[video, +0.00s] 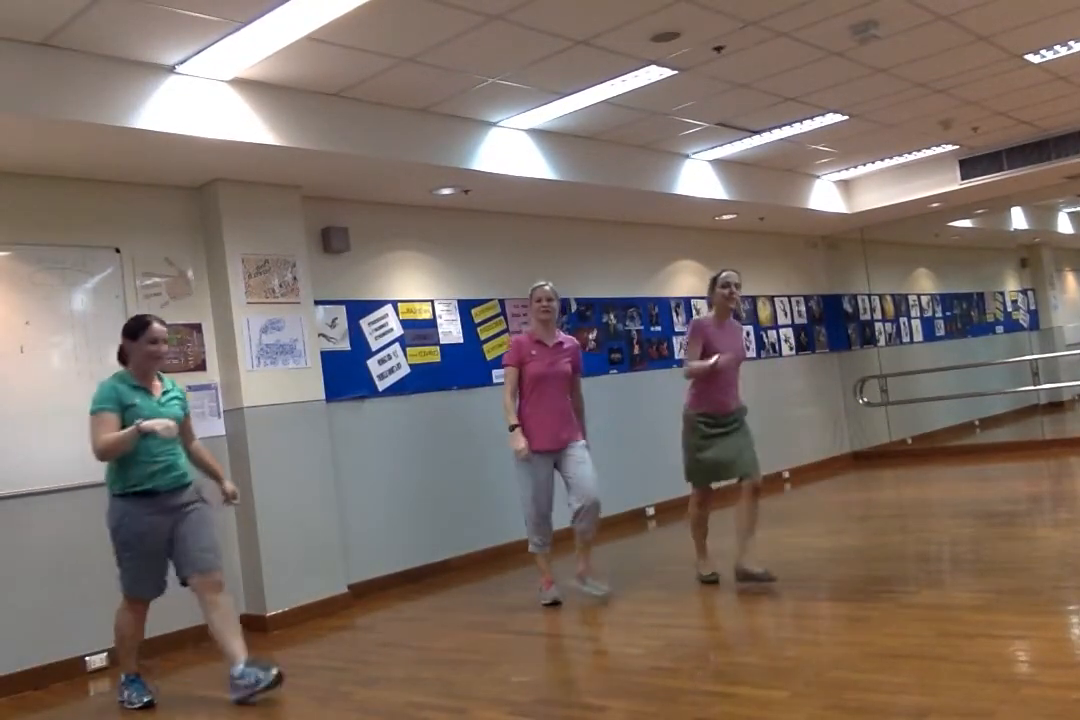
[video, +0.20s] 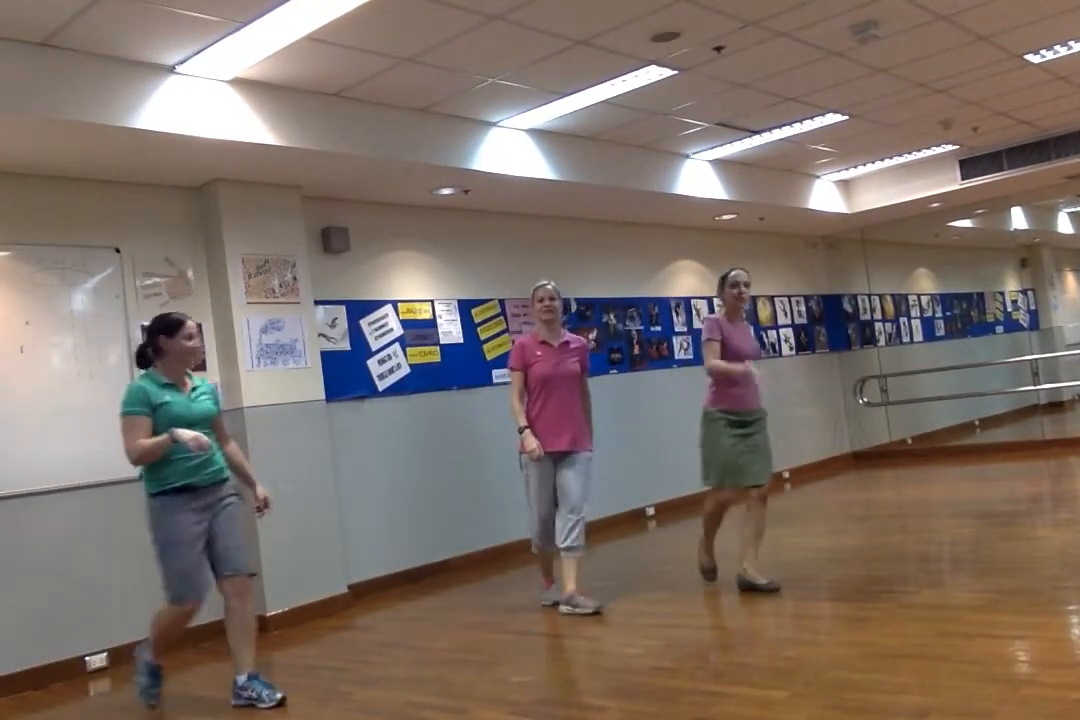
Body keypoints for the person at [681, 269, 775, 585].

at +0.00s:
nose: (731, 291)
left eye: (736, 287)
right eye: (725, 285)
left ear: (739, 294)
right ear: (712, 292)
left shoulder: (738, 329)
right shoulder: (699, 326)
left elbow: (733, 369)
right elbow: (689, 368)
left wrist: (737, 400)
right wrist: (712, 362)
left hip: (733, 416)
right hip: (701, 418)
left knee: (752, 481)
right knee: (701, 494)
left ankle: (742, 561)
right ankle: (703, 561)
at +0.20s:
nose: (740, 290)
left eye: (745, 286)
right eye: (734, 285)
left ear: (750, 292)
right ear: (722, 291)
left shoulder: (747, 327)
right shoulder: (714, 323)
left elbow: (741, 366)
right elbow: (710, 363)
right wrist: (743, 370)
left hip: (752, 414)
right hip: (721, 415)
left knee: (758, 493)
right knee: (725, 492)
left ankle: (748, 567)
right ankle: (706, 547)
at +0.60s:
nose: (797, 295)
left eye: (796, 290)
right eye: (791, 290)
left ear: (784, 296)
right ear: (772, 296)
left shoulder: (784, 330)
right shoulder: (758, 330)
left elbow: (800, 366)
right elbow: (731, 368)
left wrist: (843, 356)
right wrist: (738, 408)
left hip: (774, 411)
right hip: (767, 412)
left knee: (777, 491)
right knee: (809, 480)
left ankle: (748, 567)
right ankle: (821, 562)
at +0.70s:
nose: (816, 303)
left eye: (814, 298)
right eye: (810, 299)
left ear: (795, 305)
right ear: (791, 304)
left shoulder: (794, 336)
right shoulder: (771, 339)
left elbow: (794, 377)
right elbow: (752, 387)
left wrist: (826, 397)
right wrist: (771, 421)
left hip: (775, 413)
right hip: (768, 415)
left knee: (787, 494)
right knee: (813, 483)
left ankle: (750, 557)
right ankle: (821, 561)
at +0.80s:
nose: (829, 313)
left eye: (828, 307)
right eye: (824, 307)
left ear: (805, 311)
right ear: (807, 311)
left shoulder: (780, 336)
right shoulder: (787, 343)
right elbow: (777, 393)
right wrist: (814, 414)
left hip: (756, 416)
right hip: (764, 418)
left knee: (788, 490)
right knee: (812, 482)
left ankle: (744, 549)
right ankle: (821, 561)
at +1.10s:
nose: (811, 331)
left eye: (810, 325)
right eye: (807, 326)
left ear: (784, 325)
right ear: (792, 329)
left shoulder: (754, 331)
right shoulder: (781, 354)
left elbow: (709, 334)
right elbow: (796, 382)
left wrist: (678, 354)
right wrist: (831, 359)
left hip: (720, 420)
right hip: (735, 427)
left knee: (747, 490)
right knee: (774, 491)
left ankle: (725, 555)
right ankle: (817, 559)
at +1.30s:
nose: (778, 329)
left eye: (778, 323)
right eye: (775, 323)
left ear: (759, 322)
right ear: (761, 322)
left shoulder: (741, 343)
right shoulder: (745, 349)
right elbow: (735, 395)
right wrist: (771, 413)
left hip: (720, 420)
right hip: (714, 421)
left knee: (741, 491)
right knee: (754, 478)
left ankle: (725, 556)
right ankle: (765, 558)